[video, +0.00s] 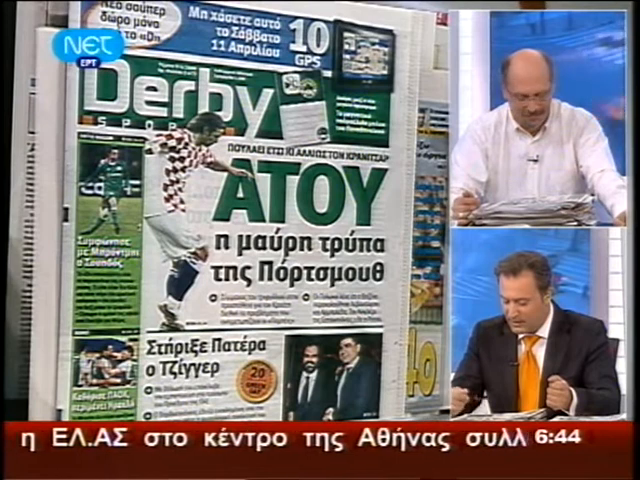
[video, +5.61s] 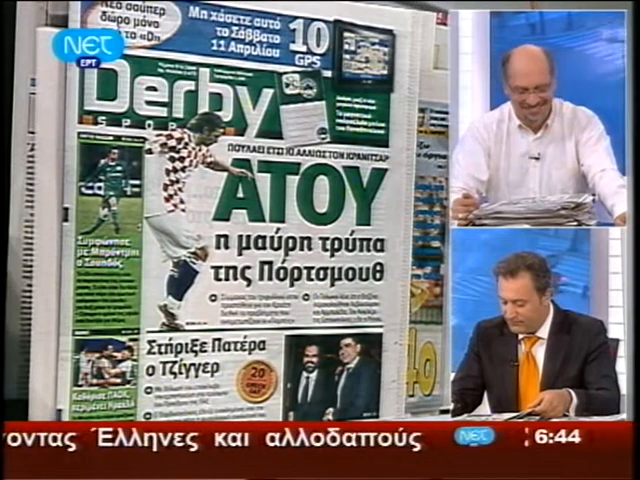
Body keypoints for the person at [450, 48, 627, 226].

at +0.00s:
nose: (533, 107)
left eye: (541, 96)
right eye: (522, 98)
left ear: (552, 87)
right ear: (505, 91)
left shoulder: (580, 124)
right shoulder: (482, 131)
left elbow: (604, 174)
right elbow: (462, 189)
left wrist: (624, 211)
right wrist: (463, 208)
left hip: (567, 246)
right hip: (499, 245)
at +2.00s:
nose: (528, 106)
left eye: (537, 95)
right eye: (518, 95)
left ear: (551, 86)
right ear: (505, 89)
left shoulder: (580, 124)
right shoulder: (482, 131)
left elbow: (604, 174)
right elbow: (462, 187)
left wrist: (624, 212)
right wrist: (462, 208)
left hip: (567, 244)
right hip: (499, 244)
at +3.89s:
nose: (550, 96)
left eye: (554, 84)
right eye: (537, 88)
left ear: (560, 81)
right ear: (512, 90)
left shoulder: (581, 123)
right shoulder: (484, 130)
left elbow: (604, 173)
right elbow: (463, 186)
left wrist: (624, 209)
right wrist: (463, 207)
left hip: (568, 245)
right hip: (500, 245)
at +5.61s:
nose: (532, 100)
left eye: (541, 89)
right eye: (521, 91)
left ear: (554, 82)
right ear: (506, 87)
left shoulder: (582, 123)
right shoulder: (484, 129)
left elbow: (605, 173)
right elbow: (462, 188)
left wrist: (624, 211)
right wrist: (462, 208)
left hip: (569, 244)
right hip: (501, 244)